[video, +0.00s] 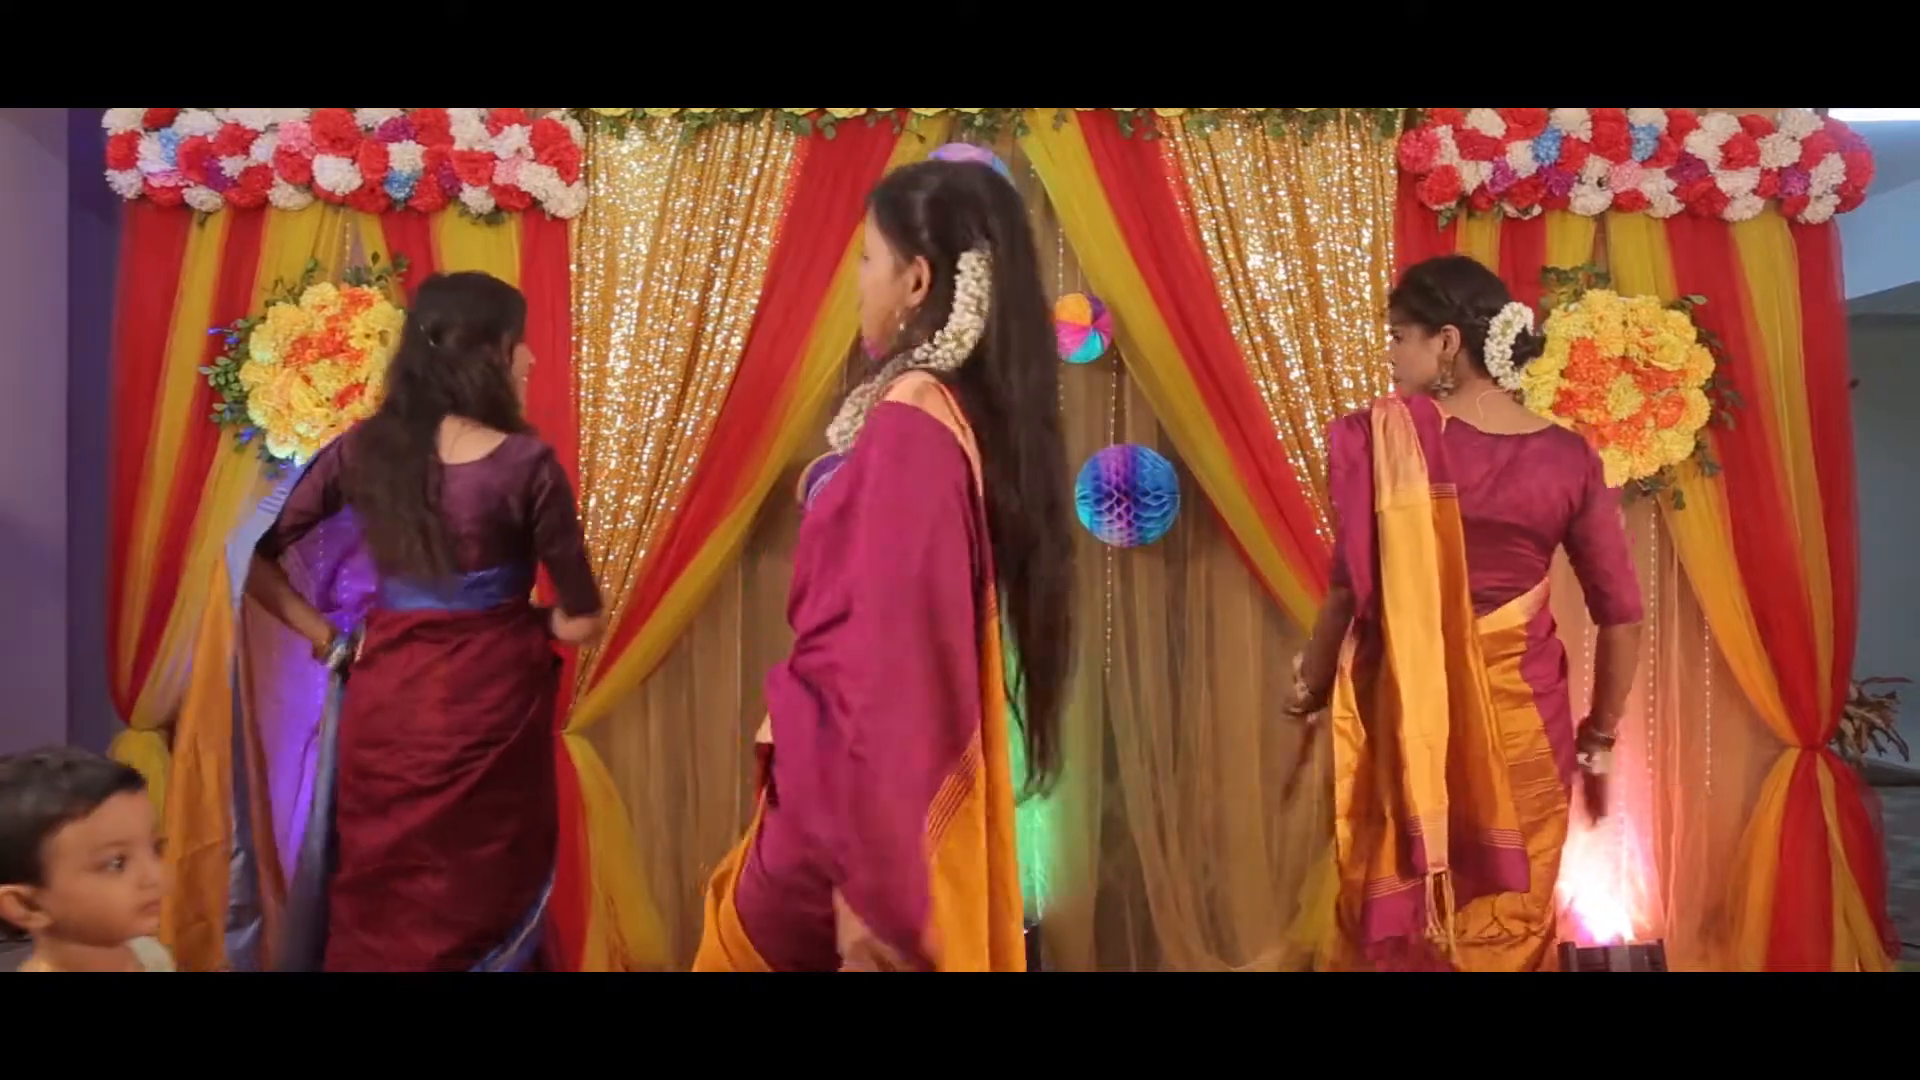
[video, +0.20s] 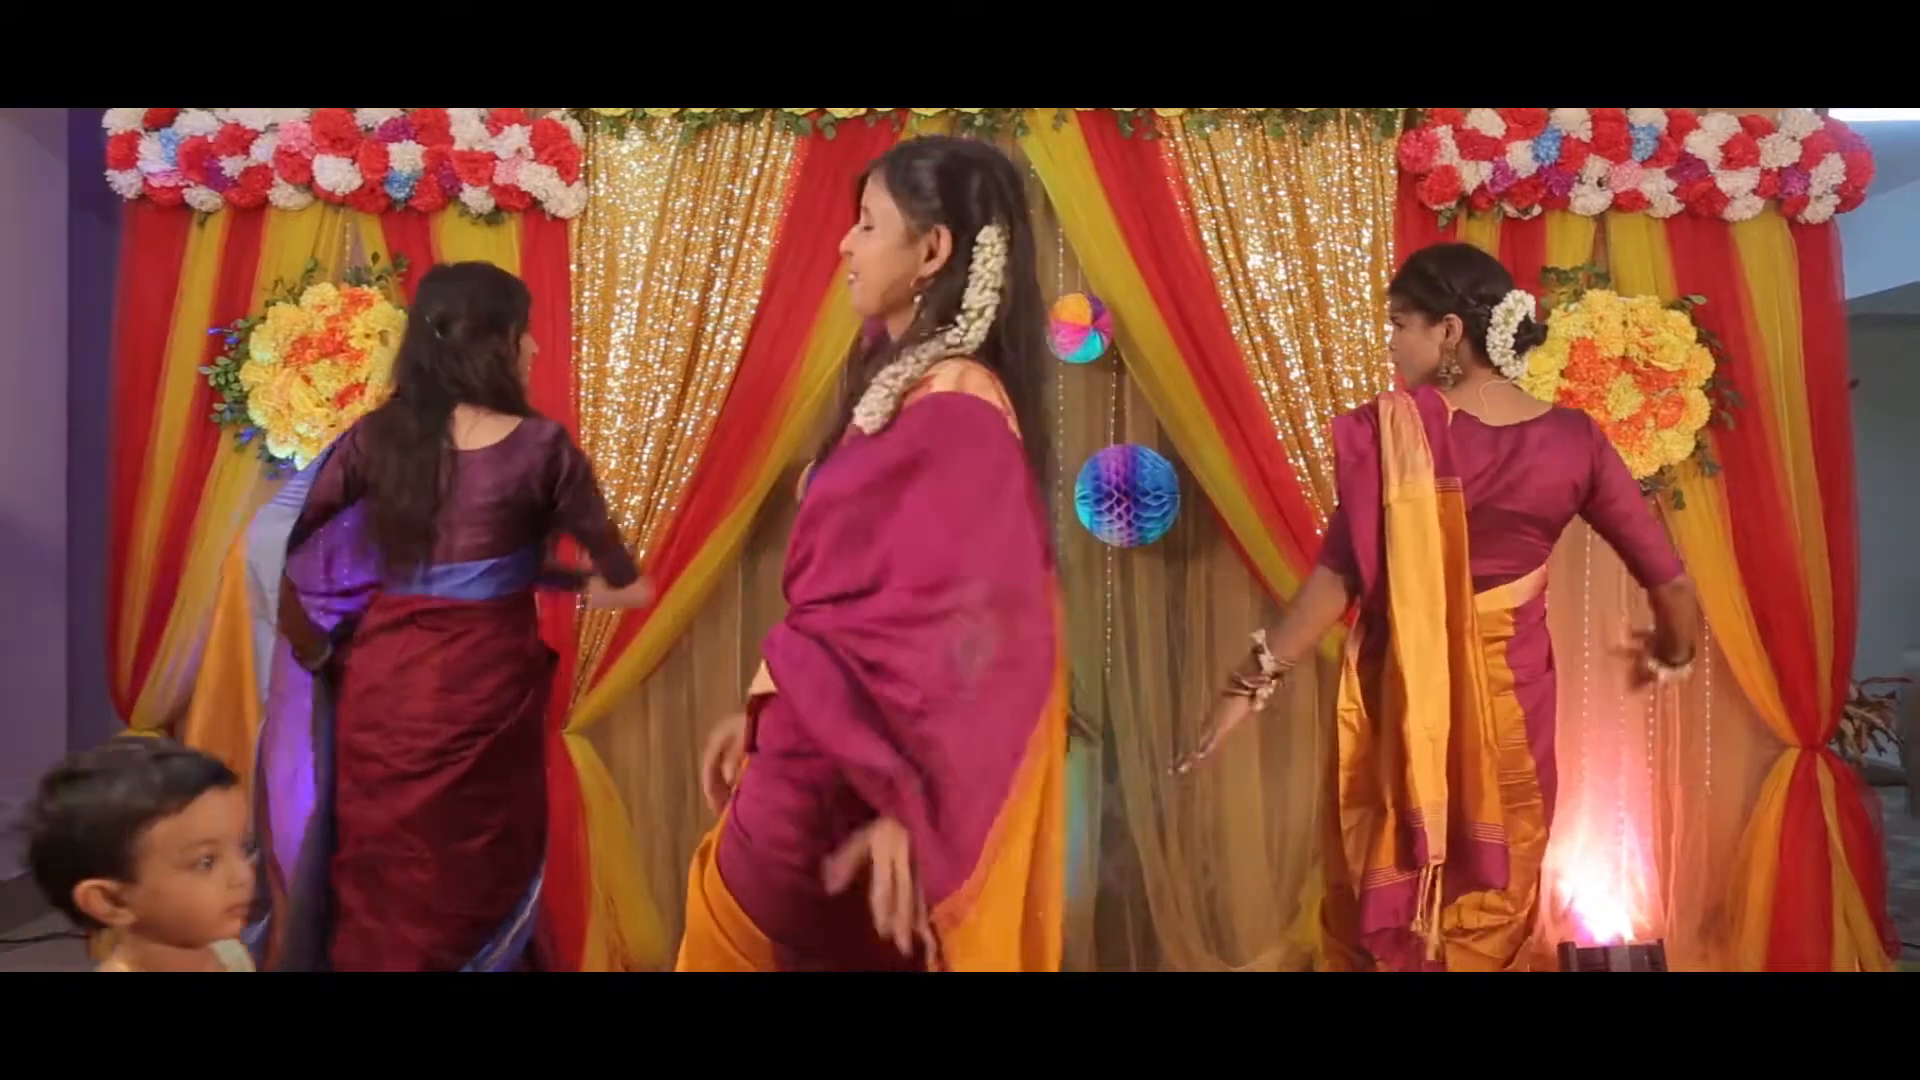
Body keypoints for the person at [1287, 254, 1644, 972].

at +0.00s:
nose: (1390, 358)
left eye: (1398, 338)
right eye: (1392, 339)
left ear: (1448, 341)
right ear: (1469, 340)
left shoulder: (1372, 435)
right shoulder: (1566, 454)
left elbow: (1353, 581)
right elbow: (1621, 612)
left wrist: (1314, 675)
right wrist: (1600, 733)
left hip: (1403, 714)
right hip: (1524, 718)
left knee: (1399, 919)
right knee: (1513, 921)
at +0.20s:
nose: (1388, 346)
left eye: (1398, 326)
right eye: (1389, 326)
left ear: (1451, 331)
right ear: (1465, 330)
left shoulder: (1386, 432)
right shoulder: (1569, 437)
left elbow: (1339, 574)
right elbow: (1668, 577)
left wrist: (1253, 679)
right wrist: (1673, 652)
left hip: (1399, 694)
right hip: (1515, 693)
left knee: (1388, 900)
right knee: (1500, 903)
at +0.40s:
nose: (1385, 359)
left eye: (1394, 340)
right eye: (1386, 340)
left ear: (1445, 346)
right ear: (1462, 346)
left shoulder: (1375, 441)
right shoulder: (1548, 457)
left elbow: (1326, 578)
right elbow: (1650, 571)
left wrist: (1245, 676)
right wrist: (1699, 598)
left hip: (1392, 717)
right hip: (1514, 714)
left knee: (1378, 924)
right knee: (1501, 926)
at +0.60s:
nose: (1382, 344)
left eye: (1391, 325)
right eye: (1382, 326)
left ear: (1446, 330)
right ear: (1457, 330)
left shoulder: (1415, 425)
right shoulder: (1550, 426)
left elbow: (1361, 538)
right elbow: (1625, 451)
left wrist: (1263, 594)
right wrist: (1644, 371)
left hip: (1391, 664)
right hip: (1493, 665)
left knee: (1353, 843)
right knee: (1473, 845)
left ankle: (1367, 958)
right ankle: (1468, 961)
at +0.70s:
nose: (1383, 347)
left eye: (1394, 329)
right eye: (1382, 328)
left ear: (1449, 334)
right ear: (1455, 336)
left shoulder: (1421, 426)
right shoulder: (1538, 426)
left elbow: (1388, 551)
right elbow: (1594, 448)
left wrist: (1293, 603)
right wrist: (1599, 340)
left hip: (1379, 659)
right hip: (1482, 665)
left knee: (1335, 864)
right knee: (1466, 858)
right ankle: (1458, 964)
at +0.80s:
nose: (1384, 366)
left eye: (1397, 348)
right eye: (1385, 347)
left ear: (1453, 353)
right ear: (1454, 355)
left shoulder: (1422, 439)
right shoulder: (1525, 444)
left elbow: (1400, 571)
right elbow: (1566, 473)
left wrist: (1308, 625)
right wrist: (1566, 380)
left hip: (1386, 687)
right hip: (1485, 688)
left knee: (1341, 881)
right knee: (1479, 882)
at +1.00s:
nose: (1384, 354)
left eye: (1400, 336)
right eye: (1382, 335)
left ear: (1458, 340)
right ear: (1458, 345)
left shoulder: (1436, 427)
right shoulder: (1515, 432)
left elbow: (1427, 547)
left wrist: (1334, 585)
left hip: (1395, 667)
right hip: (1466, 670)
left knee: (1349, 864)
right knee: (1448, 856)